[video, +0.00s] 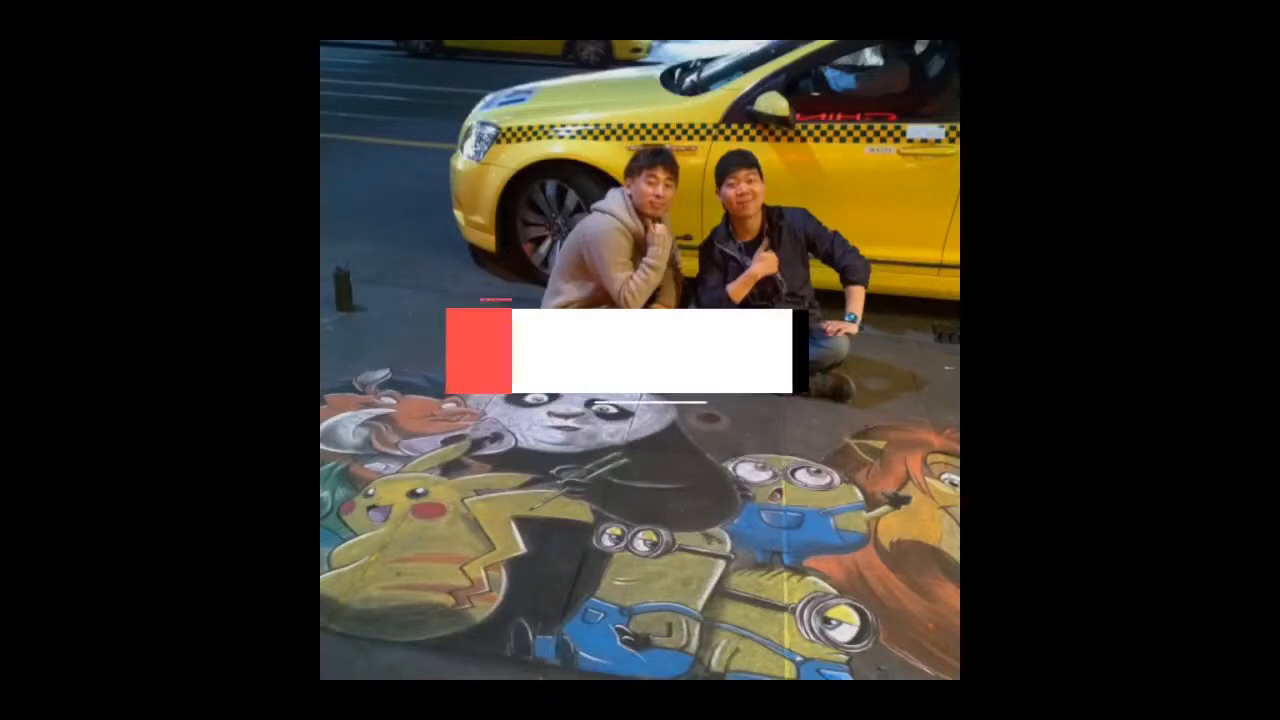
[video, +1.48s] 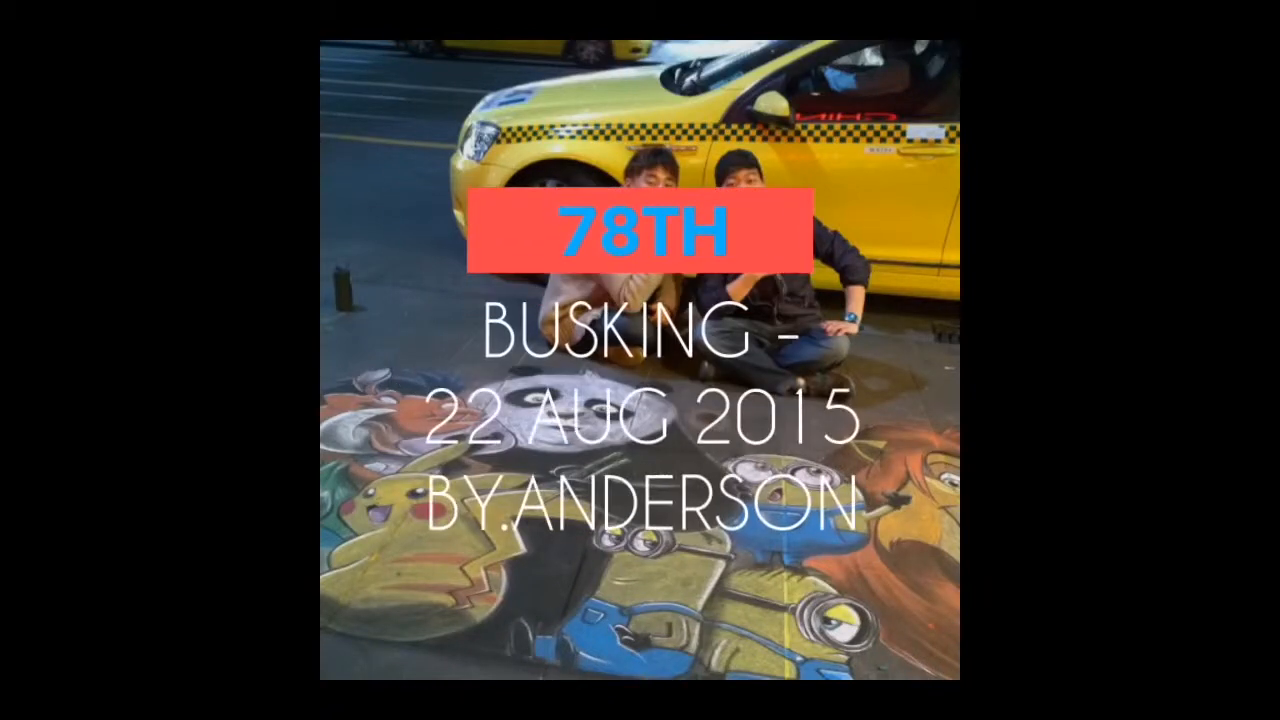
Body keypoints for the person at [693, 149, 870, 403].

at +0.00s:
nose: (743, 191)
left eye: (750, 181)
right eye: (732, 185)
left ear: (763, 187)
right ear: (720, 195)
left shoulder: (795, 222)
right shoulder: (713, 246)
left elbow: (853, 262)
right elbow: (708, 307)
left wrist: (851, 319)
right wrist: (752, 275)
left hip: (799, 323)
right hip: (744, 330)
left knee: (837, 345)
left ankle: (759, 376)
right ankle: (811, 385)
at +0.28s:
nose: (743, 191)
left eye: (750, 181)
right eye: (732, 185)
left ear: (763, 187)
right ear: (720, 195)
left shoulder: (795, 222)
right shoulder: (713, 246)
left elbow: (853, 262)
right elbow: (708, 308)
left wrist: (851, 319)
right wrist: (753, 274)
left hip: (799, 326)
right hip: (745, 332)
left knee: (837, 345)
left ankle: (753, 375)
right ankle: (813, 385)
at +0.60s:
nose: (743, 190)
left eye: (750, 181)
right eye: (732, 185)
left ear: (763, 186)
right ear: (720, 194)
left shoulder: (793, 221)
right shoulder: (713, 230)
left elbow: (853, 261)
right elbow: (708, 306)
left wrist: (852, 319)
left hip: (798, 324)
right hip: (744, 324)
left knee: (836, 344)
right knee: (705, 334)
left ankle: (734, 373)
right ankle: (799, 386)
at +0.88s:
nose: (743, 190)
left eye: (750, 181)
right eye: (732, 184)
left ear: (763, 185)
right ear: (721, 192)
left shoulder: (791, 220)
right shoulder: (717, 230)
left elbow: (853, 261)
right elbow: (707, 304)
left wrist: (851, 319)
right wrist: (752, 275)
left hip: (800, 325)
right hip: (747, 324)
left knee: (837, 345)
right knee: (707, 333)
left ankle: (732, 370)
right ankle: (800, 386)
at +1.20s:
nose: (743, 190)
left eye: (750, 181)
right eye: (732, 184)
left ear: (763, 185)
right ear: (721, 192)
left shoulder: (792, 220)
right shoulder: (716, 230)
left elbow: (854, 262)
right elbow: (708, 304)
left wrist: (851, 320)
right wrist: (752, 275)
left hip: (801, 325)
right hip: (748, 324)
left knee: (836, 344)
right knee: (709, 333)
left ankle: (731, 370)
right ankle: (800, 386)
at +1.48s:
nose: (743, 190)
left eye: (750, 181)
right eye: (732, 184)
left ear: (763, 185)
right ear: (721, 192)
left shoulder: (792, 221)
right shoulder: (716, 230)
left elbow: (853, 262)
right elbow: (708, 304)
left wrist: (851, 319)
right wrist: (751, 276)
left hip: (800, 325)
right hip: (747, 323)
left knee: (837, 345)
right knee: (708, 334)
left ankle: (732, 370)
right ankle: (800, 386)